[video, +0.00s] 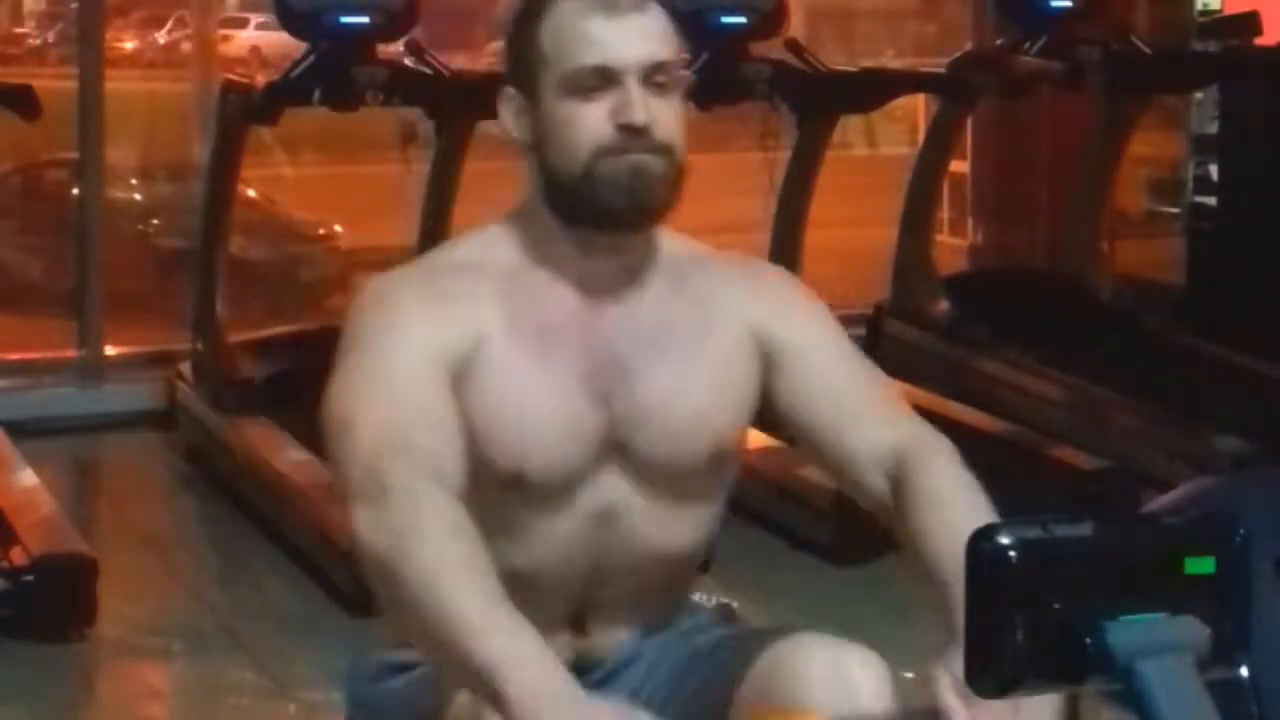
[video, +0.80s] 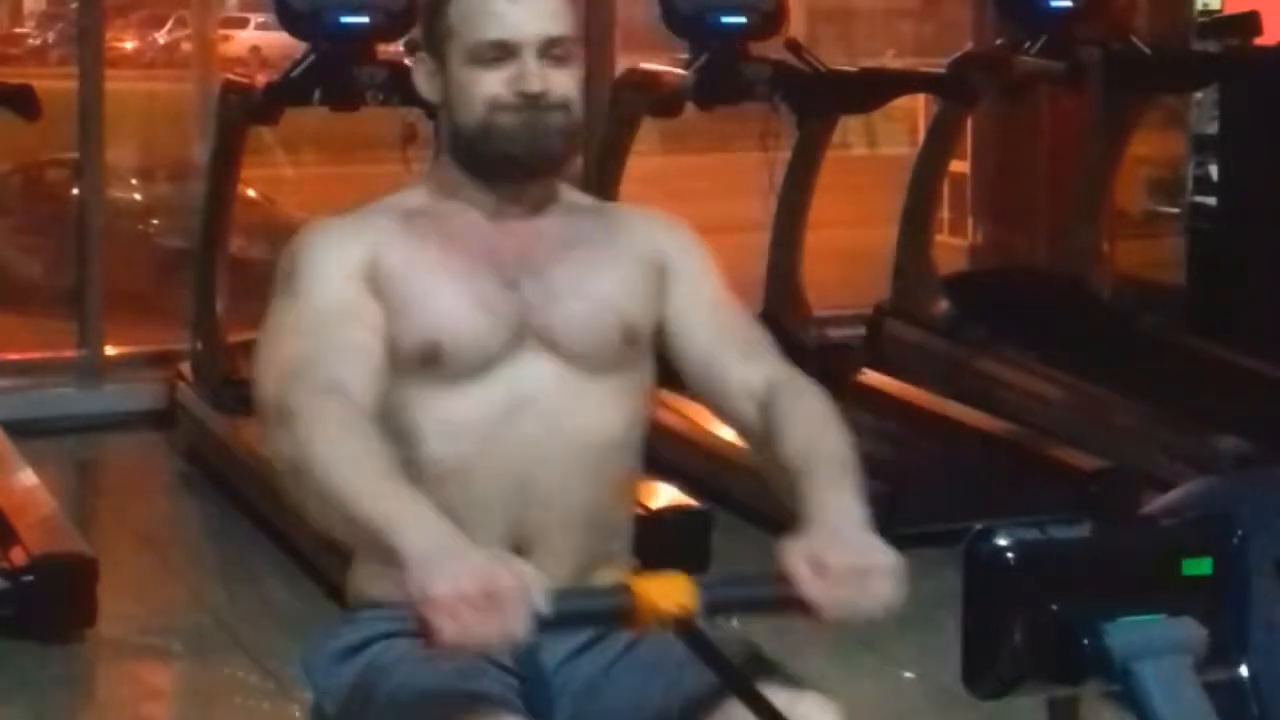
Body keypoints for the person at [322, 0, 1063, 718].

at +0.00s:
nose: (636, 115)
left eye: (659, 84)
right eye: (591, 87)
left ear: (689, 105)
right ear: (519, 115)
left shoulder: (757, 303)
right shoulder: (415, 311)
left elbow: (906, 462)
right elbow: (402, 518)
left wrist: (1001, 632)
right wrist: (542, 694)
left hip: (663, 655)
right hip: (468, 665)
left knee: (843, 683)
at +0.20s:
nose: (689, 145)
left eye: (711, 110)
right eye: (641, 115)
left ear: (740, 133)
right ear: (559, 147)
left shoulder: (817, 344)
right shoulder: (451, 357)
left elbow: (962, 519)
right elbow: (487, 585)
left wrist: (1073, 684)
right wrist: (573, 714)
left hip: (691, 677)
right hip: (499, 688)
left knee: (857, 669)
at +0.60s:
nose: (619, 105)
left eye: (644, 70)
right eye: (574, 75)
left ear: (675, 88)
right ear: (500, 101)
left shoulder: (742, 290)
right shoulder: (404, 295)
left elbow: (882, 467)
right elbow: (418, 504)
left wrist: (978, 642)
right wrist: (545, 694)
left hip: (654, 646)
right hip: (453, 656)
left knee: (838, 683)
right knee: (495, 709)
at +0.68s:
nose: (584, 90)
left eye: (604, 61)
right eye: (541, 65)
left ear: (633, 81)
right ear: (471, 90)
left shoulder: (710, 270)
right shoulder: (384, 274)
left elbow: (838, 422)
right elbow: (389, 454)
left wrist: (923, 564)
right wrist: (508, 618)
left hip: (642, 631)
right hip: (430, 640)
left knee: (821, 687)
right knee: (508, 702)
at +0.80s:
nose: (533, 83)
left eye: (555, 56)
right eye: (494, 57)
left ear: (586, 71)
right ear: (426, 74)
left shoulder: (650, 246)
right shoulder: (347, 254)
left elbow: (771, 393)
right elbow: (312, 418)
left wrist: (837, 516)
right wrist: (437, 551)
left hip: (606, 632)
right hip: (418, 632)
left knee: (796, 711)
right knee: (473, 711)